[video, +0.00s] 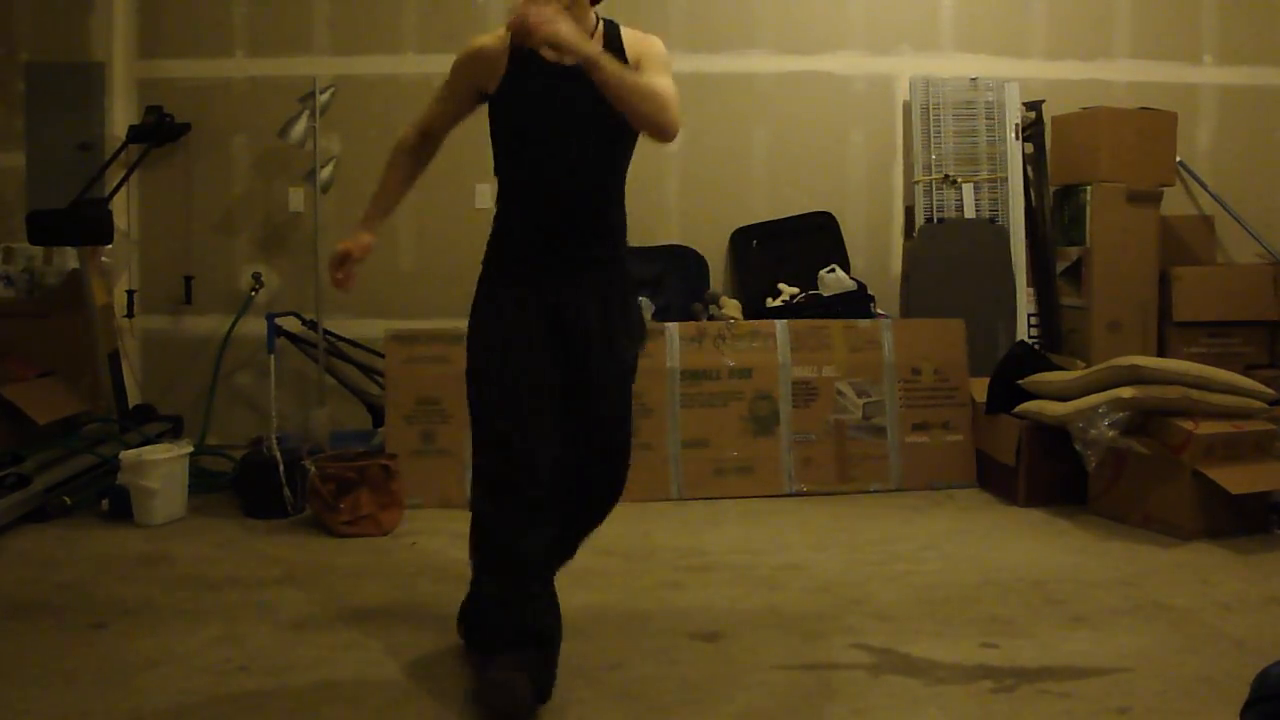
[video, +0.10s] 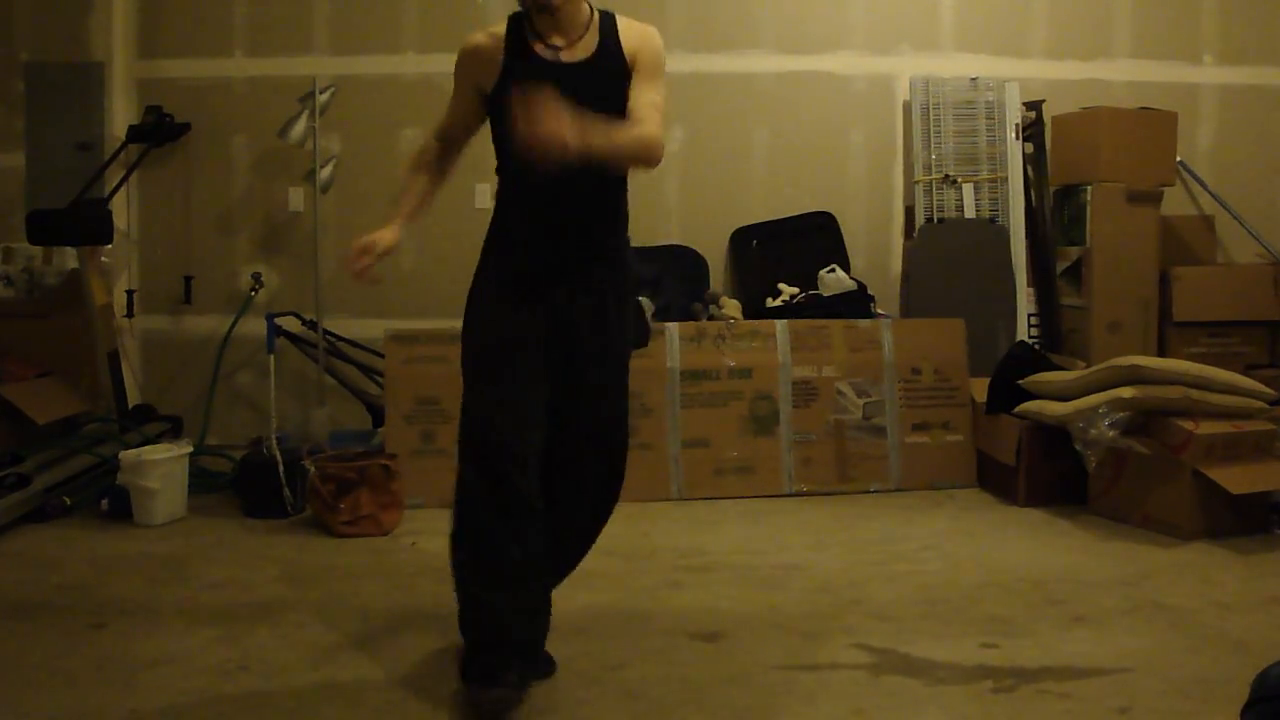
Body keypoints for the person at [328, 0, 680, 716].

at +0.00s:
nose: (533, 16)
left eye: (547, 8)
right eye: (527, 8)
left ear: (585, 5)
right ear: (519, 8)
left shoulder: (638, 50)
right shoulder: (492, 59)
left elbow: (665, 119)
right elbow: (420, 141)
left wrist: (583, 48)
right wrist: (368, 227)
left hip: (600, 291)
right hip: (513, 292)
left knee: (597, 474)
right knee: (514, 472)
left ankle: (495, 604)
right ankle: (514, 662)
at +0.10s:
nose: (544, 3)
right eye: (535, 1)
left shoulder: (637, 43)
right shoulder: (488, 54)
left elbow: (649, 143)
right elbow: (443, 149)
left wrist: (576, 131)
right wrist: (397, 223)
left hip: (597, 285)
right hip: (510, 283)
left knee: (592, 469)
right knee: (503, 465)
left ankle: (517, 602)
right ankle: (496, 662)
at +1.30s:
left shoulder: (639, 57)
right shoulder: (503, 28)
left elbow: (638, 158)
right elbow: (475, 138)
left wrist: (627, 216)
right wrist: (530, 231)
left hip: (585, 269)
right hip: (492, 264)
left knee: (566, 452)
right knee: (482, 441)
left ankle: (492, 623)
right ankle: (487, 599)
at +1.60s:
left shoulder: (639, 39)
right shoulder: (505, 39)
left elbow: (643, 133)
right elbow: (404, 118)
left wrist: (679, 207)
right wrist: (329, 187)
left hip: (603, 284)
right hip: (537, 289)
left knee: (655, 460)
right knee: (612, 472)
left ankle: (492, 577)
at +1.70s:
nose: (582, 4)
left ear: (609, 1)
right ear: (545, 1)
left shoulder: (628, 69)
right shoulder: (503, 66)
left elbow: (652, 142)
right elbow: (407, 148)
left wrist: (692, 182)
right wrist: (338, 211)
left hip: (596, 311)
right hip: (549, 312)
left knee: (648, 509)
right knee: (683, 488)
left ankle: (504, 569)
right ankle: (657, 687)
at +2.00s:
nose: (506, 5)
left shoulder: (567, 62)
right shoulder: (419, 53)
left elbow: (584, 190)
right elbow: (377, 168)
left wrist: (544, 141)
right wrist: (477, 148)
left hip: (509, 282)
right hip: (424, 283)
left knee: (526, 471)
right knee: (447, 467)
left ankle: (490, 596)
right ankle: (413, 644)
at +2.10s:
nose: (424, 5)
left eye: (435, 1)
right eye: (411, 4)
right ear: (392, 4)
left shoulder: (509, 25)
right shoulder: (361, 48)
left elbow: (532, 137)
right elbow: (360, 163)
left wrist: (460, 51)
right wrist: (403, 64)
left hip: (494, 258)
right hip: (402, 262)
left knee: (511, 438)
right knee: (388, 435)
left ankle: (501, 602)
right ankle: (349, 589)